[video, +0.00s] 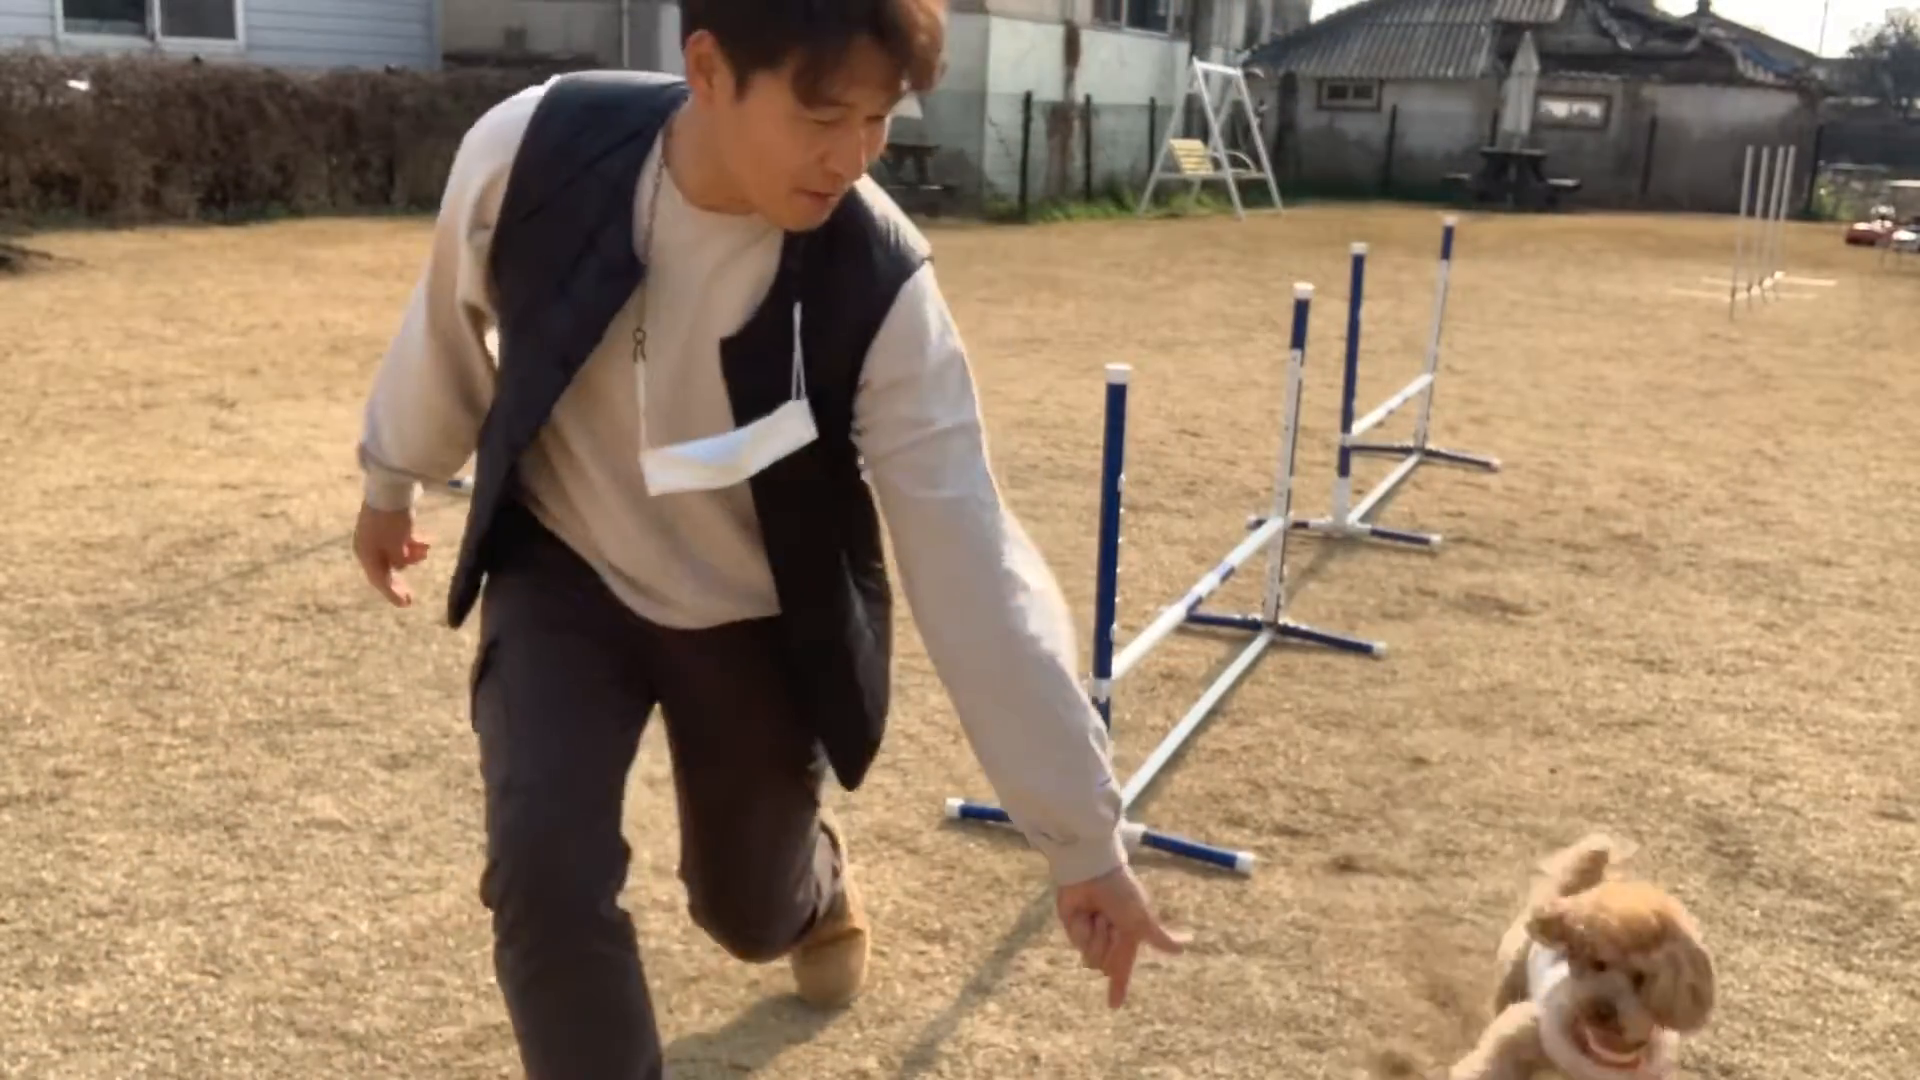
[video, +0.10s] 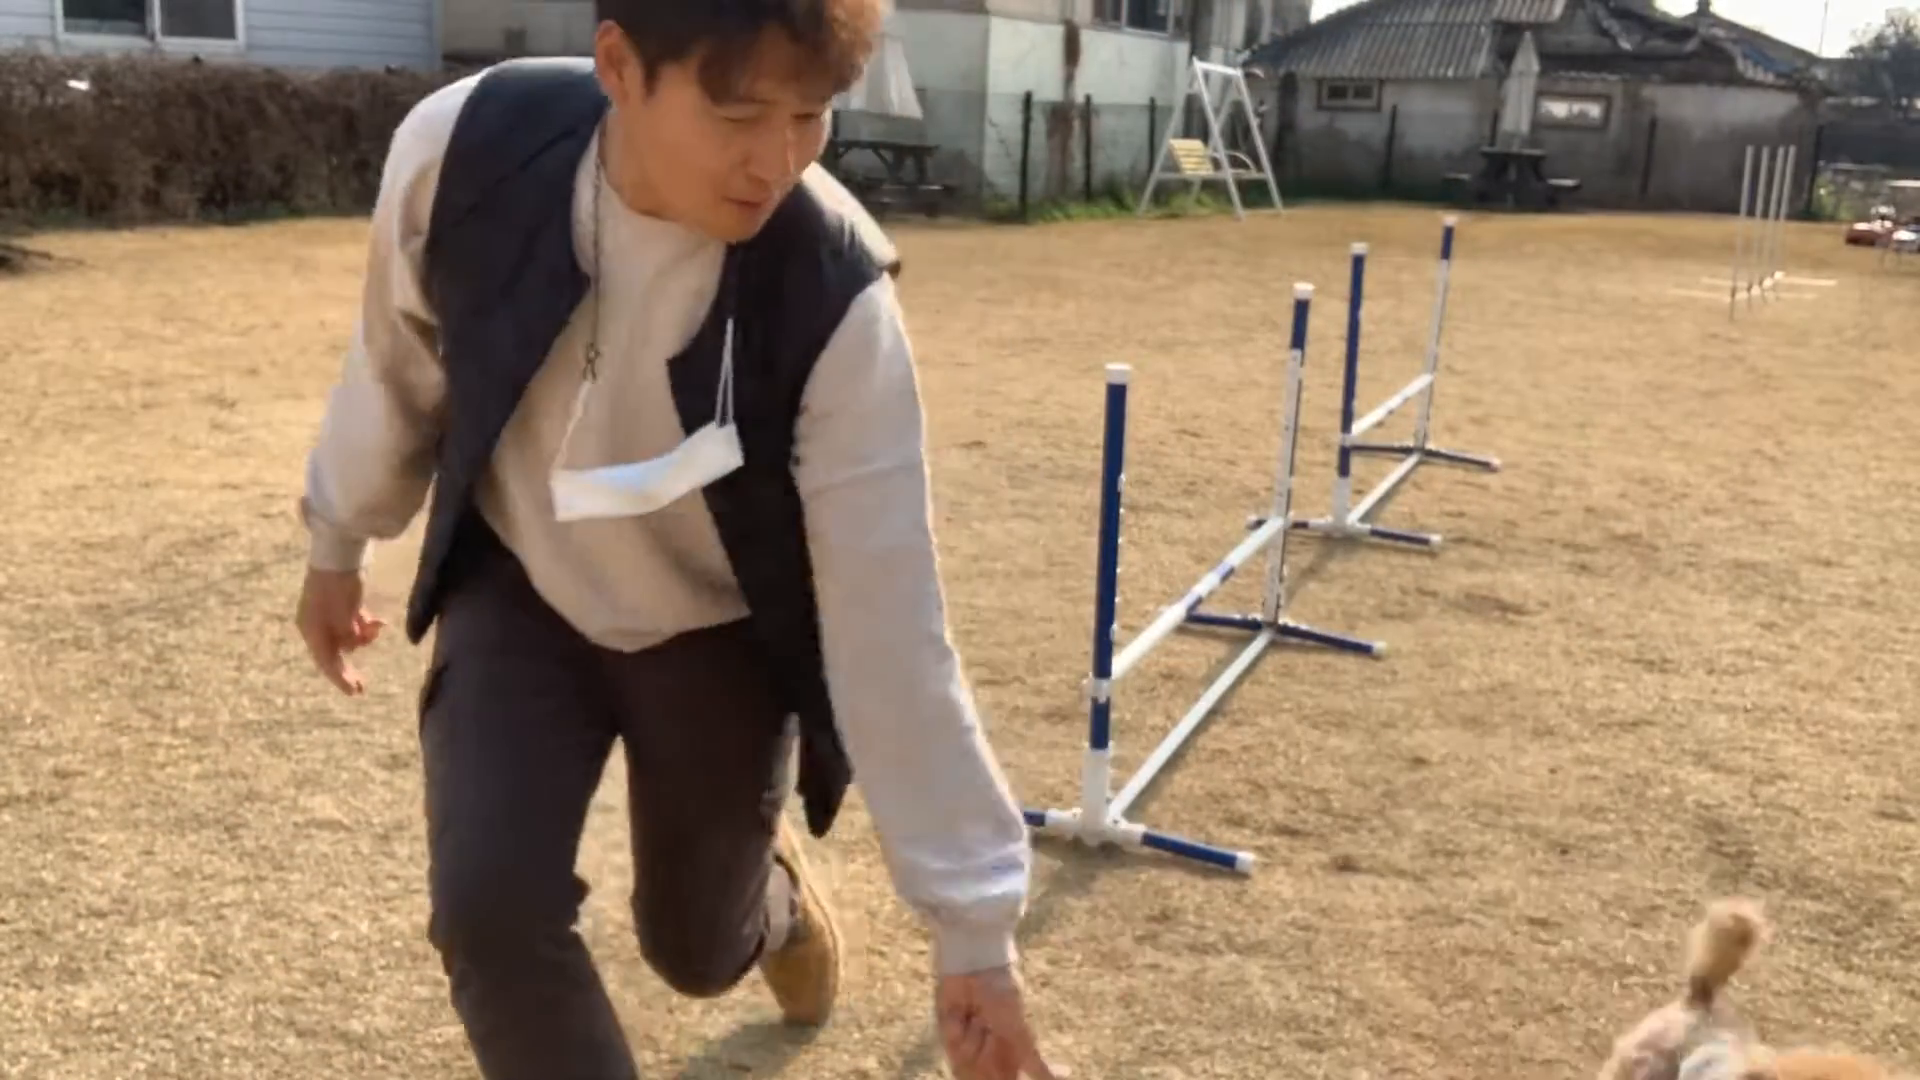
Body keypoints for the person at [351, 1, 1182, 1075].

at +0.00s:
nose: (854, 158)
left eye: (879, 121)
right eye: (820, 116)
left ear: (901, 107)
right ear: (707, 72)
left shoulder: (875, 280)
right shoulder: (532, 152)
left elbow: (972, 562)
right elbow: (447, 319)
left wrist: (1088, 847)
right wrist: (391, 476)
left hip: (749, 605)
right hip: (562, 568)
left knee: (748, 912)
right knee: (542, 887)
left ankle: (820, 888)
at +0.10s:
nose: (778, 160)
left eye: (813, 115)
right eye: (739, 112)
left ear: (840, 102)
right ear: (620, 66)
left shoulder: (828, 289)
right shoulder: (461, 151)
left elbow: (892, 627)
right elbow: (396, 359)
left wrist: (975, 942)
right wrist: (336, 542)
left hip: (715, 623)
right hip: (517, 589)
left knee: (695, 950)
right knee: (489, 917)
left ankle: (779, 897)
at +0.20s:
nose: (709, 73)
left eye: (743, 24)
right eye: (664, 19)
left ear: (772, 22)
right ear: (547, 5)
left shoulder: (785, 227)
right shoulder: (392, 98)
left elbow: (801, 585)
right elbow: (323, 332)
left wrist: (781, 921)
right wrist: (269, 550)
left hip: (682, 606)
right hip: (480, 581)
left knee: (647, 923)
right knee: (483, 930)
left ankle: (666, 983)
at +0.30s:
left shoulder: (746, 116)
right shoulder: (332, 38)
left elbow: (746, 477)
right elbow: (265, 284)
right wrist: (221, 515)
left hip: (654, 565)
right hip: (439, 552)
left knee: (632, 919)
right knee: (487, 940)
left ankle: (515, 1009)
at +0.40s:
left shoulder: (694, 24)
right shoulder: (236, 14)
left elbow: (706, 354)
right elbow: (200, 234)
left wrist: (527, 623)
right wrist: (165, 476)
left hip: (623, 545)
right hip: (384, 533)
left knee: (576, 922)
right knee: (433, 942)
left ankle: (460, 1066)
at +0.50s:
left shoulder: (642, 19)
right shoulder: (179, 14)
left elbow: (684, 313)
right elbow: (128, 247)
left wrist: (553, 596)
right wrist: (87, 513)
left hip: (555, 569)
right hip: (300, 553)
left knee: (473, 977)